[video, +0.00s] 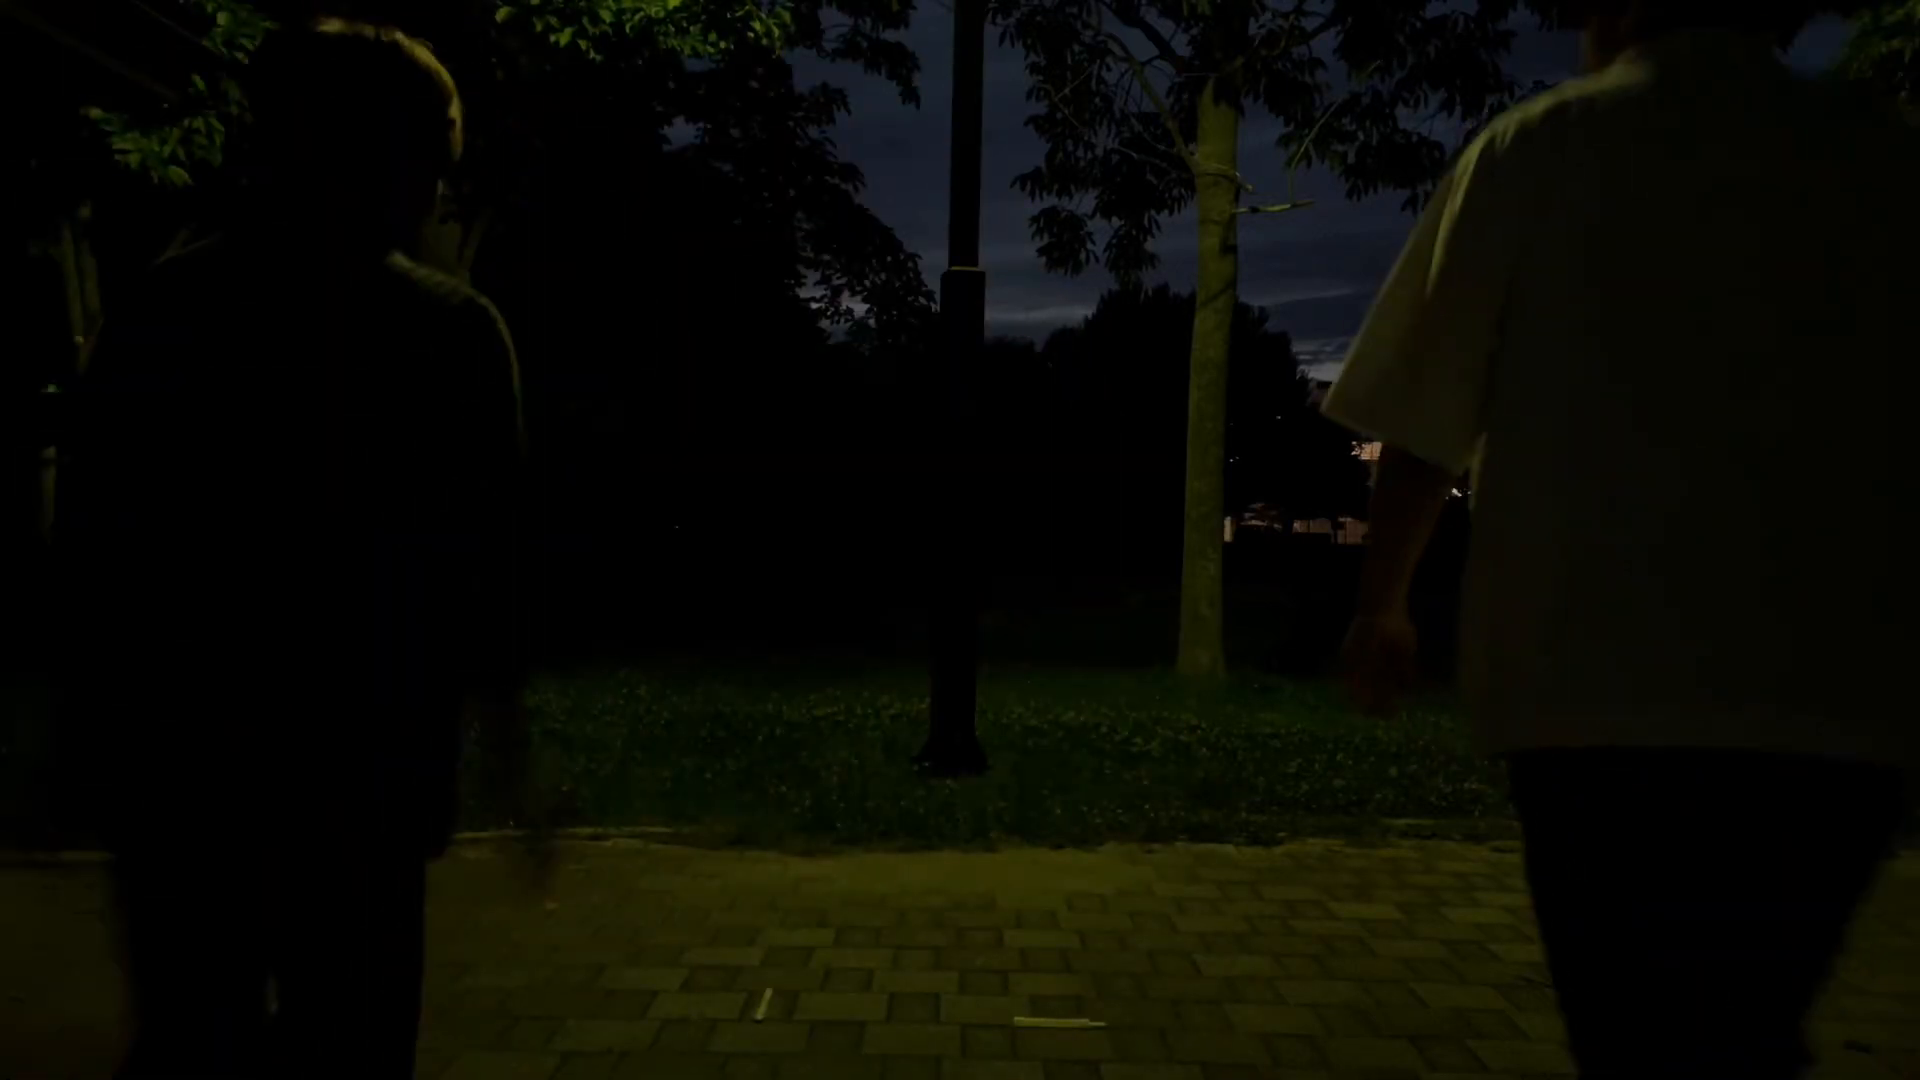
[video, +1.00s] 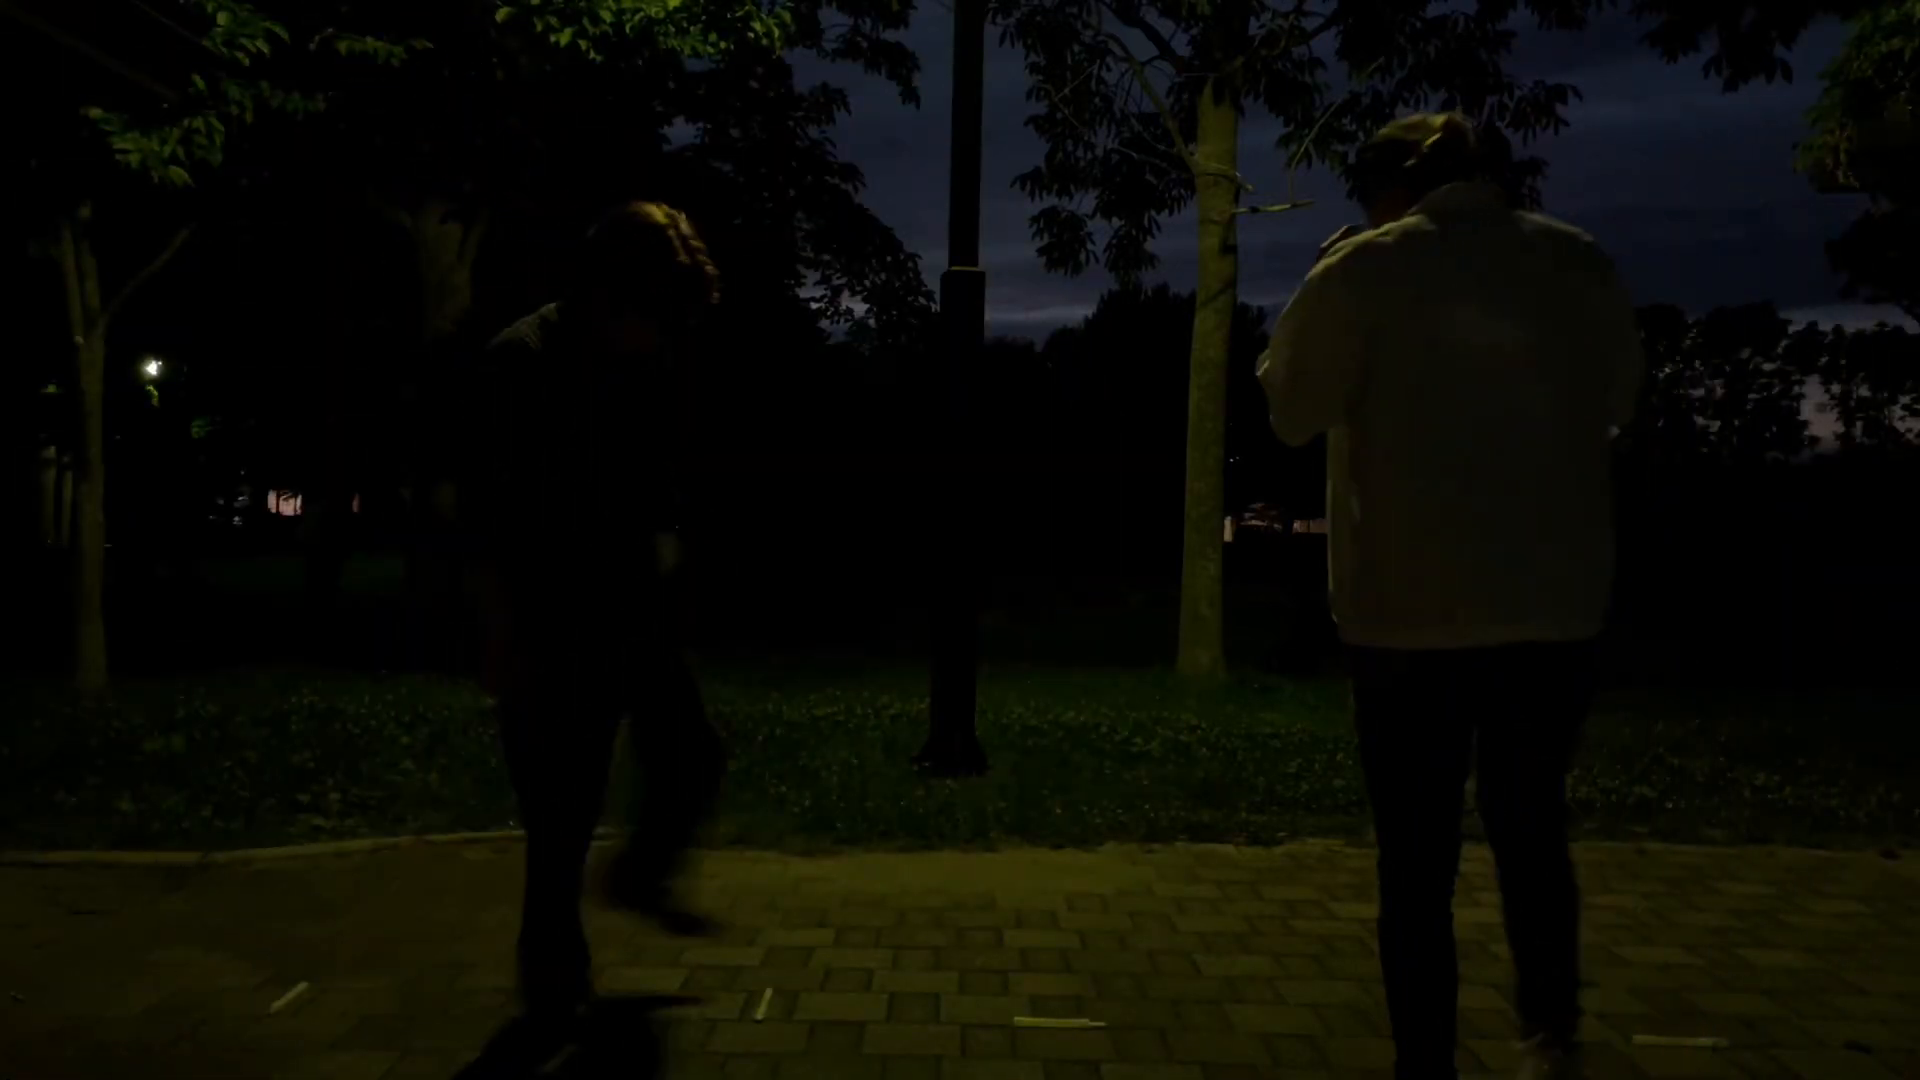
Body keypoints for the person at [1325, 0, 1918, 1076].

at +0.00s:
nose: (1578, 39)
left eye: (1583, 20)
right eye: (1583, 20)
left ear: (1612, 17)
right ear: (1761, 20)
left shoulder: (1537, 148)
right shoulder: (1866, 148)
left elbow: (1421, 423)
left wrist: (1383, 605)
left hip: (1586, 684)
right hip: (1844, 686)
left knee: (1633, 1042)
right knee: (1755, 1036)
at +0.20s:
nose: (1567, 79)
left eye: (1572, 53)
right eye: (1573, 54)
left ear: (1592, 50)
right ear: (1727, 59)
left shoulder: (1522, 192)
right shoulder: (1832, 203)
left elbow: (1435, 437)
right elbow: (1877, 449)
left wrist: (1390, 588)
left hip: (1554, 660)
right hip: (1767, 664)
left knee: (1548, 996)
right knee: (1693, 994)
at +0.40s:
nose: (1531, 102)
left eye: (1538, 82)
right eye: (1535, 83)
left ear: (1567, 78)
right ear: (1674, 81)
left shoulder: (1497, 197)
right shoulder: (1785, 207)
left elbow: (1429, 414)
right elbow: (1865, 419)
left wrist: (1390, 536)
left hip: (1523, 633)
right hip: (1727, 639)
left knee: (1491, 934)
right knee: (1668, 944)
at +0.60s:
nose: (1466, 158)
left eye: (1472, 142)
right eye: (1473, 144)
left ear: (1490, 137)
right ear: (1605, 132)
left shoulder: (1459, 242)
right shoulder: (1719, 247)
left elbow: (1374, 429)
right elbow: (1806, 426)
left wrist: (1494, 464)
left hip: (1493, 645)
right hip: (1678, 648)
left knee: (1466, 928)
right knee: (1645, 933)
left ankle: (1447, 1079)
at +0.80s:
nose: (1408, 200)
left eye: (1409, 185)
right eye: (1414, 186)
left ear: (1423, 181)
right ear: (1527, 168)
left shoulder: (1385, 281)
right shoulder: (1629, 265)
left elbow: (1312, 433)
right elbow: (1698, 415)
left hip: (1436, 646)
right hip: (1603, 641)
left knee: (1423, 900)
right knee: (1581, 898)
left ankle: (1425, 1072)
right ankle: (1619, 1078)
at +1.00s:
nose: (1370, 217)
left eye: (1371, 204)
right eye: (1369, 204)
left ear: (1394, 189)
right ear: (1485, 176)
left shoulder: (1361, 270)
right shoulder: (1575, 260)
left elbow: (1290, 406)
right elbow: (1613, 403)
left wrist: (1337, 273)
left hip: (1406, 614)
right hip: (1554, 609)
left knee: (1415, 848)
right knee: (1533, 822)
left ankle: (1423, 1058)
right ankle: (1553, 1037)